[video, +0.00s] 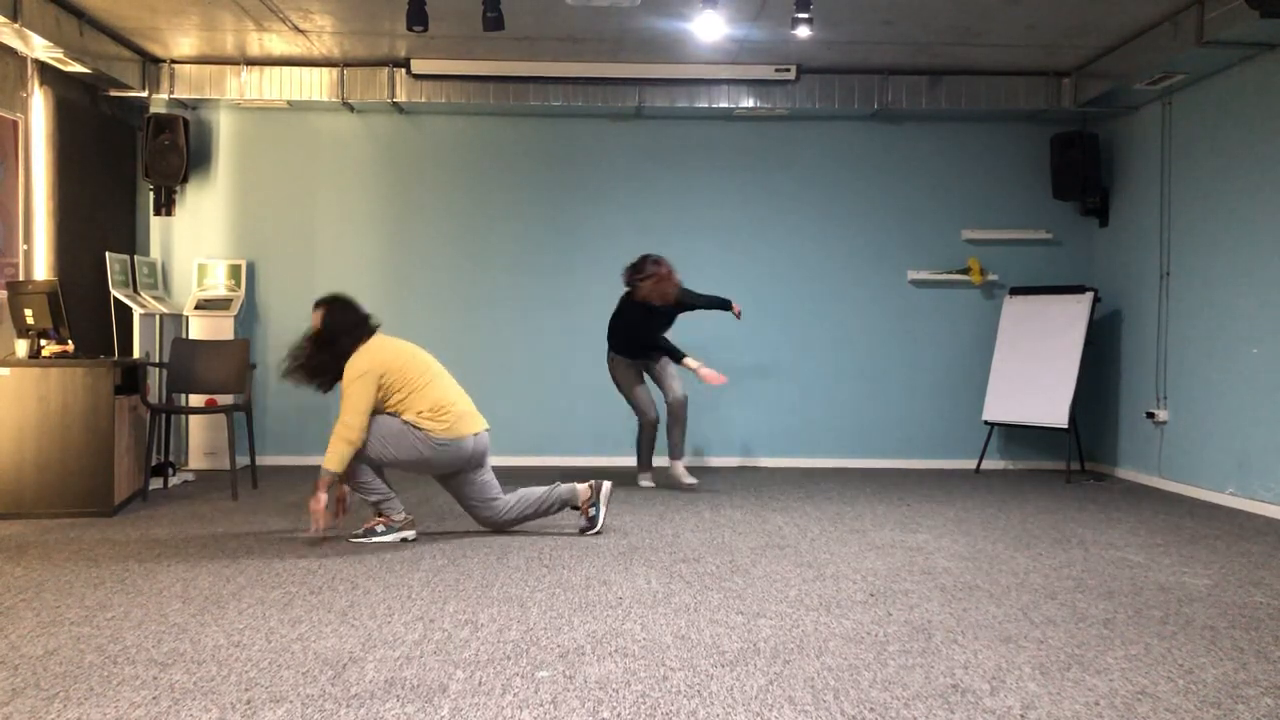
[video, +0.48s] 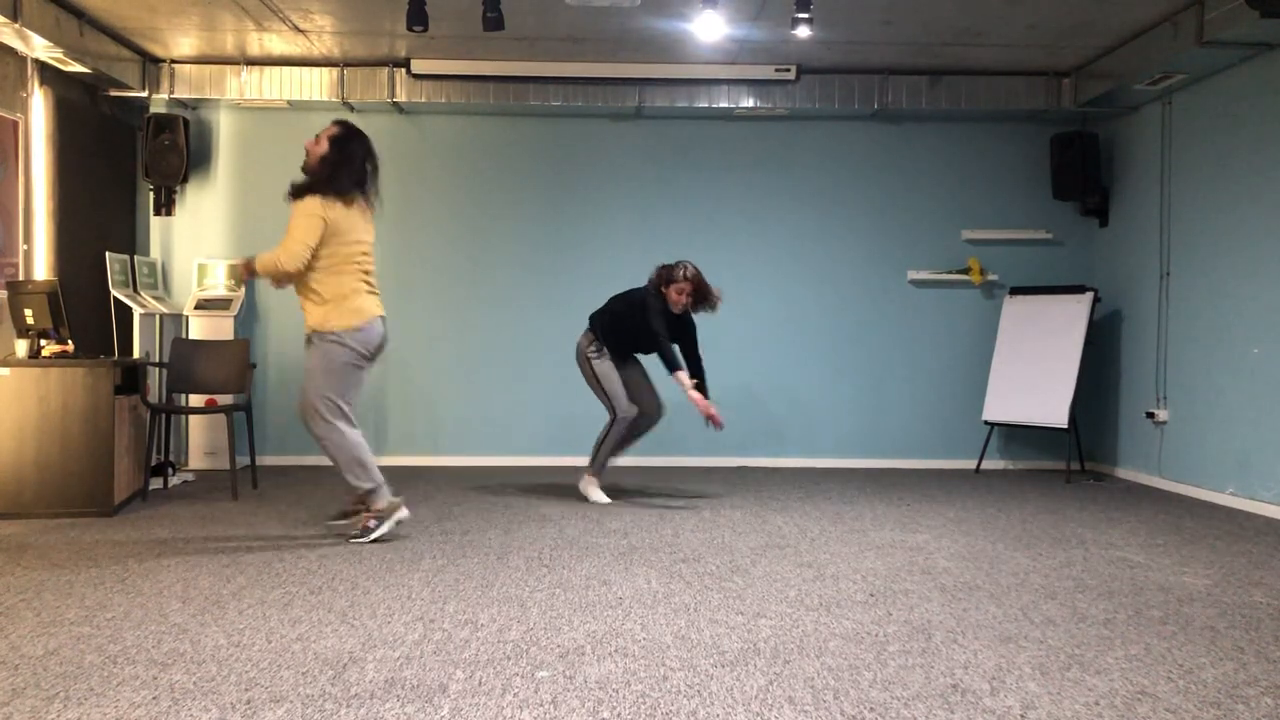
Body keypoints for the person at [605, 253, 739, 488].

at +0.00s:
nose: (668, 287)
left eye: (667, 281)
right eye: (661, 282)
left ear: (669, 280)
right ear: (647, 285)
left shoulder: (674, 297)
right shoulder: (631, 307)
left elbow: (700, 301)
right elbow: (656, 341)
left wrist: (730, 306)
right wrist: (695, 366)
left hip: (655, 353)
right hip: (624, 358)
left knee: (678, 398)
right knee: (649, 416)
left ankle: (676, 465)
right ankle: (644, 473)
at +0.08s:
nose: (690, 291)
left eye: (687, 286)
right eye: (684, 286)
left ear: (676, 289)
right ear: (671, 290)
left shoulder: (682, 305)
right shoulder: (642, 311)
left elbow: (708, 308)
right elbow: (675, 347)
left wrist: (736, 314)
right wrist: (716, 371)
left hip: (658, 360)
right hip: (626, 365)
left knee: (682, 410)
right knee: (656, 422)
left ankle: (685, 474)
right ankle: (645, 473)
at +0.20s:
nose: (698, 308)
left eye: (701, 302)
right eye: (692, 303)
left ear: (707, 302)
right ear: (676, 302)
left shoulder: (691, 319)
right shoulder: (665, 323)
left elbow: (712, 335)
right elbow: (694, 359)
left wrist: (739, 354)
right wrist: (730, 385)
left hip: (657, 367)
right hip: (626, 372)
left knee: (688, 415)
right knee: (658, 431)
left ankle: (685, 475)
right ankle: (627, 463)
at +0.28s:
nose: (697, 310)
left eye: (700, 305)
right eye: (692, 304)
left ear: (704, 305)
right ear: (676, 301)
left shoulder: (689, 324)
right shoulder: (666, 320)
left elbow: (709, 346)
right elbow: (692, 355)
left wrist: (734, 372)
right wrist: (719, 384)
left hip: (652, 366)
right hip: (621, 369)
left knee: (685, 417)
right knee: (651, 426)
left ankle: (685, 476)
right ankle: (614, 471)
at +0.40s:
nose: (689, 304)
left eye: (694, 299)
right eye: (684, 297)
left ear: (698, 301)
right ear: (669, 293)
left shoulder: (684, 323)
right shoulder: (655, 305)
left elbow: (700, 355)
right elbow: (675, 346)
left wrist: (718, 393)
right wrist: (703, 384)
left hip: (630, 358)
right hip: (600, 355)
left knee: (667, 410)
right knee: (627, 419)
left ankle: (661, 471)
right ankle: (597, 484)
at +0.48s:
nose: (684, 300)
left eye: (690, 295)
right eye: (679, 293)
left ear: (695, 296)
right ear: (665, 289)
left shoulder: (683, 321)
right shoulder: (651, 303)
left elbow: (693, 359)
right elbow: (663, 346)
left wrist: (705, 403)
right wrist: (690, 389)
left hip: (621, 354)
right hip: (594, 348)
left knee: (651, 411)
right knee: (625, 413)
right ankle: (590, 478)